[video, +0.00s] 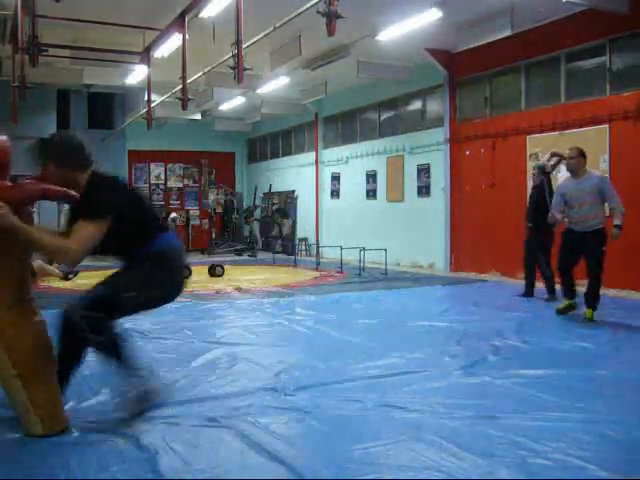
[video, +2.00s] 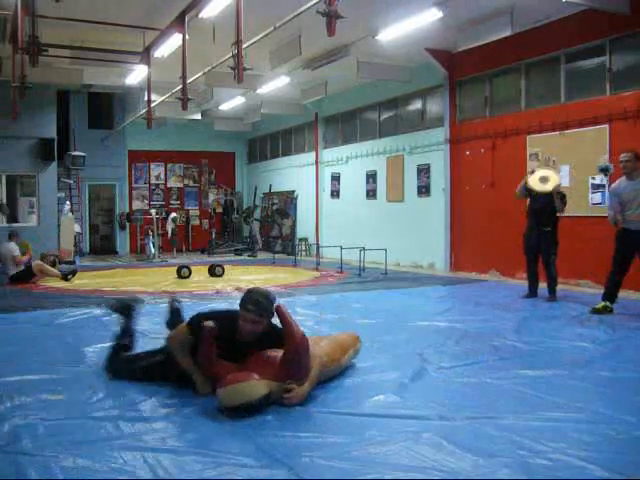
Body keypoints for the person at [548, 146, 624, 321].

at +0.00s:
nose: (568, 162)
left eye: (572, 158)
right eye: (566, 159)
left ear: (583, 160)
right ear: (565, 162)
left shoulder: (599, 181)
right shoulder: (563, 186)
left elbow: (615, 203)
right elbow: (555, 210)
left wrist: (617, 223)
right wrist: (555, 217)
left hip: (595, 230)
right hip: (573, 230)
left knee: (595, 271)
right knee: (564, 266)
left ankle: (590, 307)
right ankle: (569, 299)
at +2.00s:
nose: (624, 165)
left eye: (627, 161)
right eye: (621, 162)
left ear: (636, 163)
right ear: (620, 165)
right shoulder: (616, 188)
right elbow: (613, 212)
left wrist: (622, 221)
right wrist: (618, 223)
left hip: (635, 229)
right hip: (628, 228)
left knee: (619, 267)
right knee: (618, 267)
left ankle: (607, 301)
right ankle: (607, 301)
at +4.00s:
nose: (634, 164)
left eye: (636, 160)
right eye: (632, 160)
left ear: (639, 162)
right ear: (629, 164)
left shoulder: (629, 186)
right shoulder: (626, 185)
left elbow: (621, 209)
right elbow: (621, 209)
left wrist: (628, 221)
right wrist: (627, 222)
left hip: (634, 229)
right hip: (632, 228)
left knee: (627, 265)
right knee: (626, 265)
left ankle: (623, 299)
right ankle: (623, 299)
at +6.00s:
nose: (634, 163)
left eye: (636, 160)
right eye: (632, 160)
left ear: (639, 163)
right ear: (630, 163)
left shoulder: (628, 186)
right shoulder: (627, 185)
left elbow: (623, 207)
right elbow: (623, 206)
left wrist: (627, 216)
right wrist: (626, 217)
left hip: (635, 229)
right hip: (634, 228)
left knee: (636, 266)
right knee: (635, 266)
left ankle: (639, 300)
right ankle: (639, 299)